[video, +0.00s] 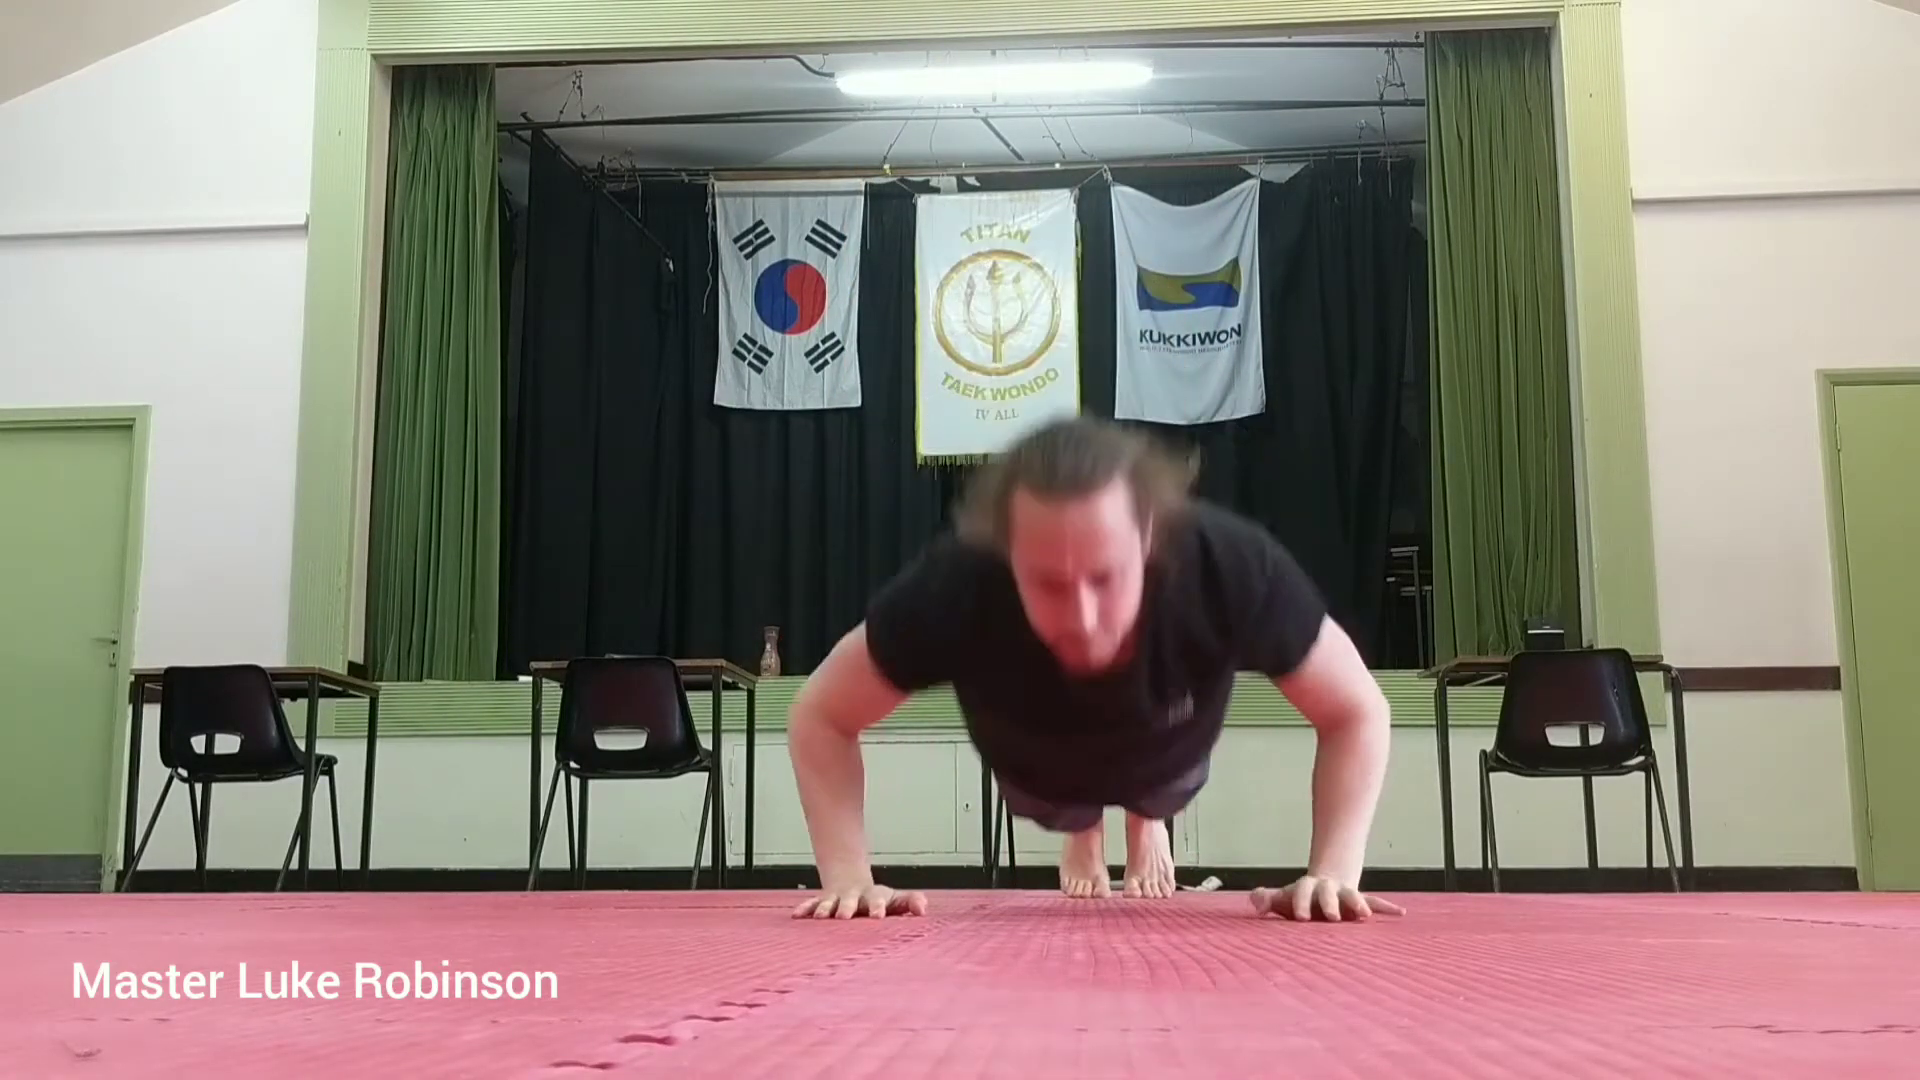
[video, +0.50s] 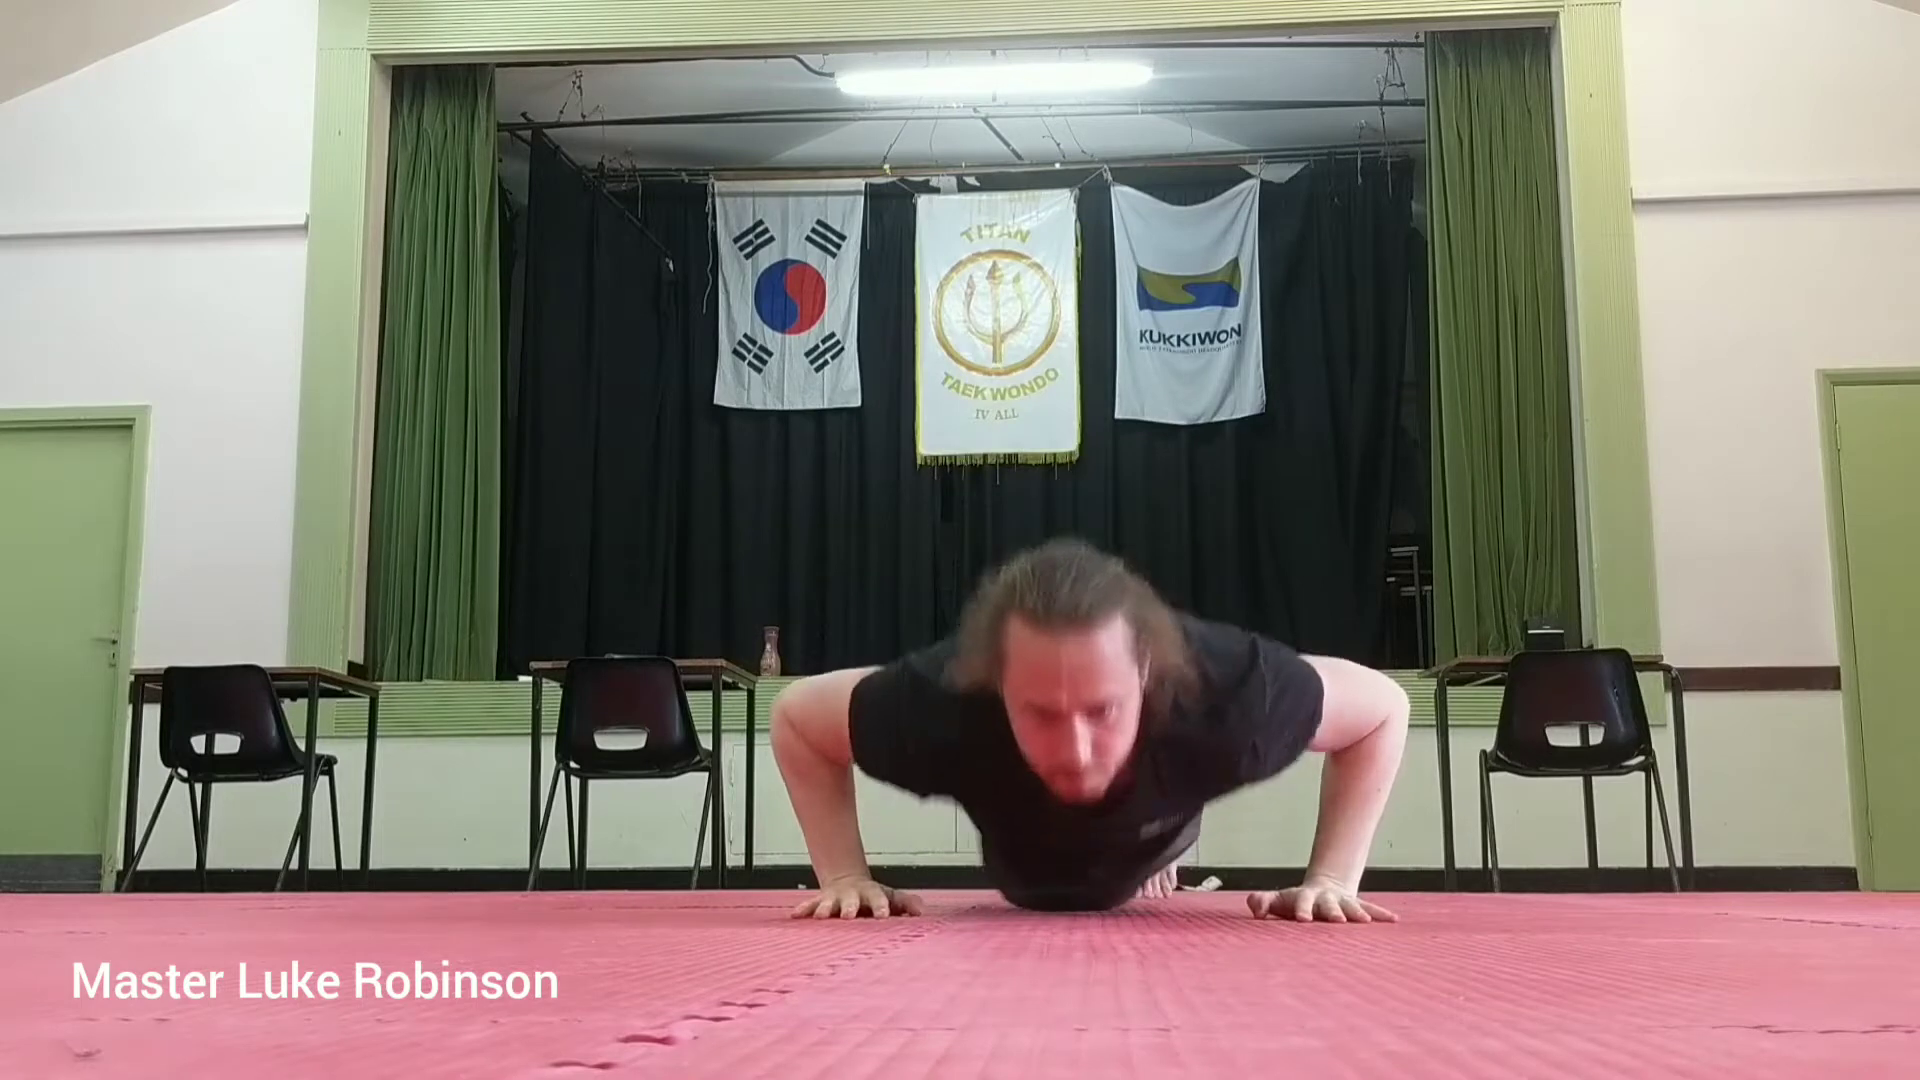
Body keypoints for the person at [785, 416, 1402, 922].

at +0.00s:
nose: (1082, 617)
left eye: (1103, 582)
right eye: (1051, 587)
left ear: (1147, 544)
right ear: (1010, 557)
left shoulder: (1228, 571)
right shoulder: (958, 591)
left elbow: (1356, 713)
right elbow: (822, 721)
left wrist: (1334, 870)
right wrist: (846, 874)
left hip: (1164, 751)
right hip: (1042, 767)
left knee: (1156, 789)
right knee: (1071, 808)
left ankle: (1148, 829)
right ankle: (1082, 840)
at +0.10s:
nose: (1076, 702)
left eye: (1101, 669)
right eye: (1048, 674)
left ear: (1149, 629)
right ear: (1003, 642)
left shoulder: (1236, 643)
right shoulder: (948, 664)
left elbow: (1375, 715)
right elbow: (808, 723)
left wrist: (1336, 875)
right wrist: (844, 875)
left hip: (1165, 789)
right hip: (1031, 802)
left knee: (1153, 820)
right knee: (1060, 836)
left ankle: (1150, 850)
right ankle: (1079, 858)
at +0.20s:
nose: (1073, 767)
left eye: (1098, 732)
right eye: (1041, 736)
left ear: (1144, 689)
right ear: (997, 696)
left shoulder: (1230, 690)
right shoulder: (943, 711)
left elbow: (1383, 708)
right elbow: (802, 722)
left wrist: (1335, 875)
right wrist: (842, 874)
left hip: (1161, 830)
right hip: (1014, 854)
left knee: (1148, 867)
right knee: (1047, 870)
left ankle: (1146, 880)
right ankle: (1097, 881)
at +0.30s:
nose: (1070, 810)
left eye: (1095, 776)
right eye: (1038, 780)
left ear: (1144, 737)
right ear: (995, 745)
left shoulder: (1227, 730)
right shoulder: (937, 748)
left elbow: (1380, 702)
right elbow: (798, 713)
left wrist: (1334, 876)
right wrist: (840, 873)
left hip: (1153, 860)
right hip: (1005, 867)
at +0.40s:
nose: (1074, 818)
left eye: (1100, 783)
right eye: (1041, 787)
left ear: (1146, 746)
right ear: (995, 754)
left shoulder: (1231, 739)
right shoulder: (935, 754)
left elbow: (1380, 705)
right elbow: (798, 710)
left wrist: (1332, 878)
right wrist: (840, 870)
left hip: (1156, 858)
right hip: (998, 865)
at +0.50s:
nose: (1077, 750)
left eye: (1102, 714)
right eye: (1044, 716)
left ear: (1147, 680)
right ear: (999, 686)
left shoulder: (1229, 697)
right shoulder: (946, 705)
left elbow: (1380, 711)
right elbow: (800, 719)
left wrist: (1333, 875)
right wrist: (843, 872)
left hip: (1152, 844)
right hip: (1024, 858)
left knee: (1152, 872)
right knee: (1049, 887)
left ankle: (1157, 877)